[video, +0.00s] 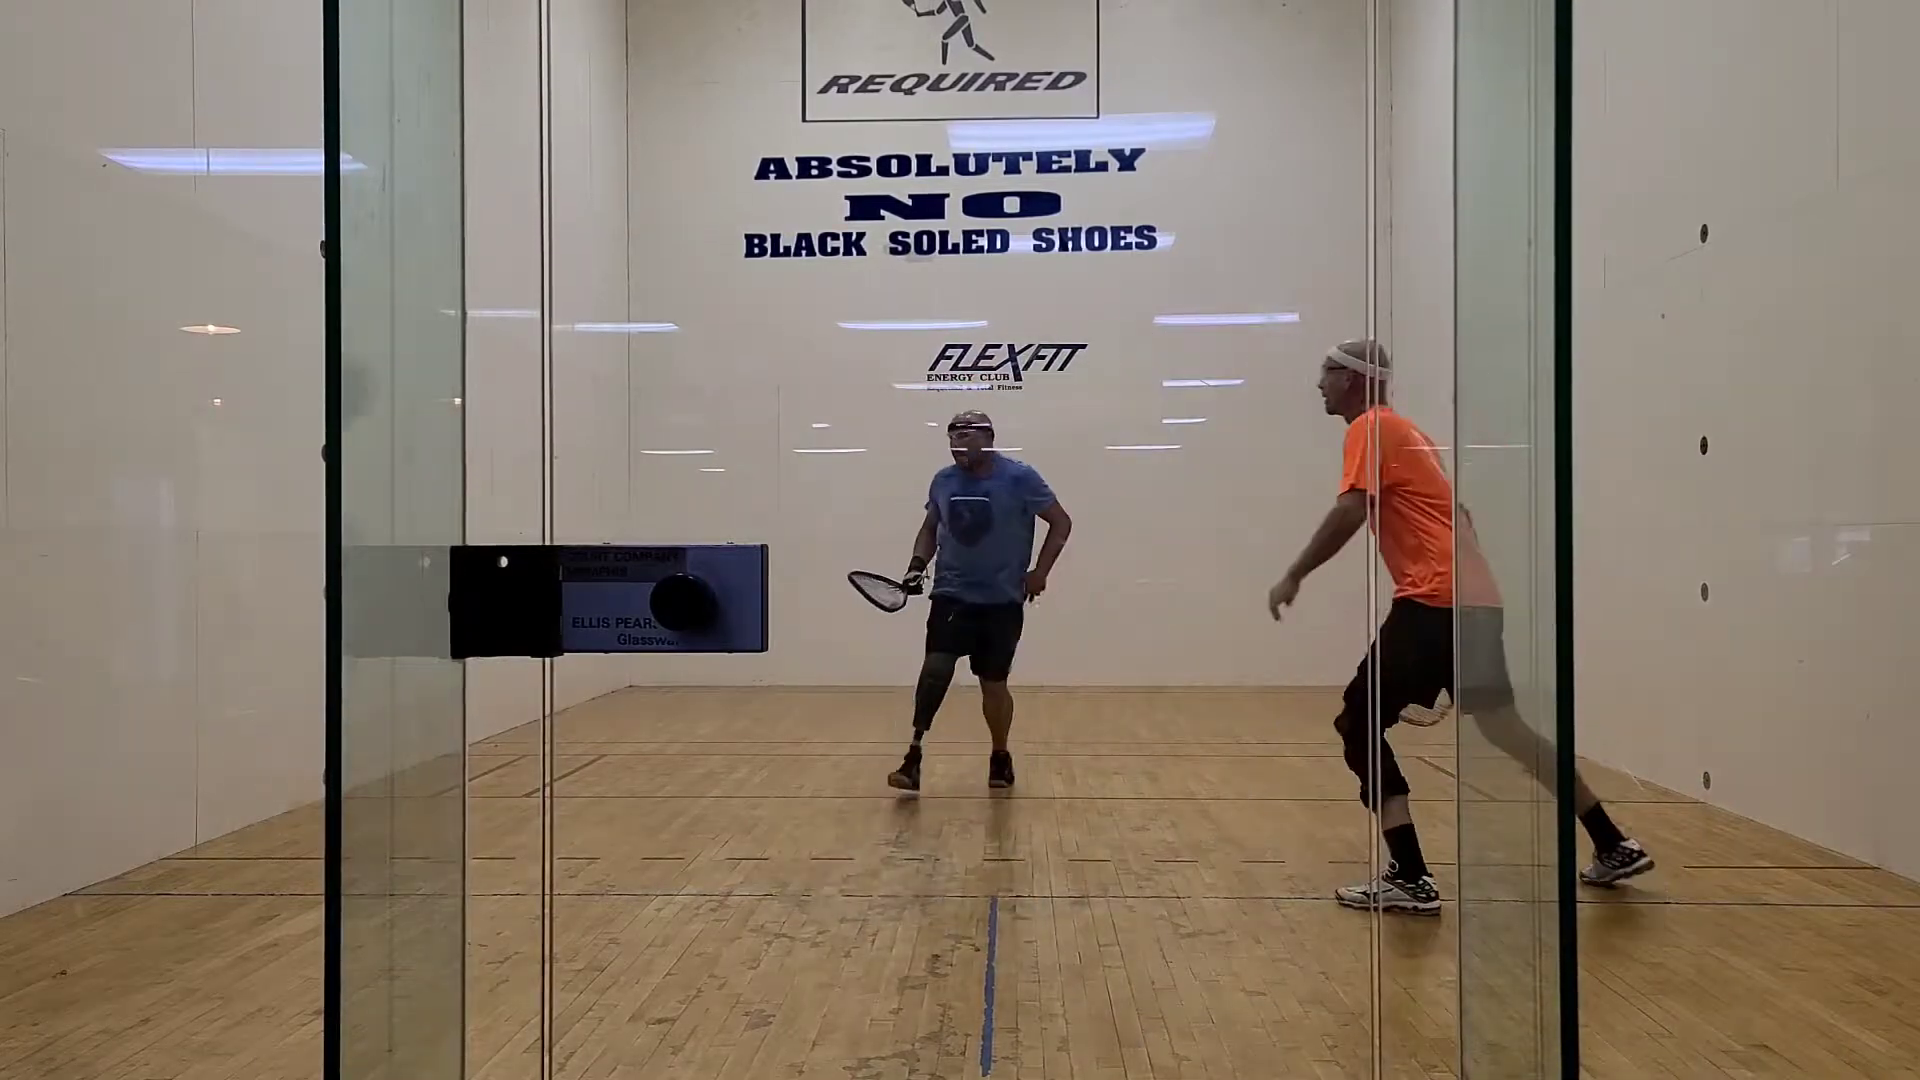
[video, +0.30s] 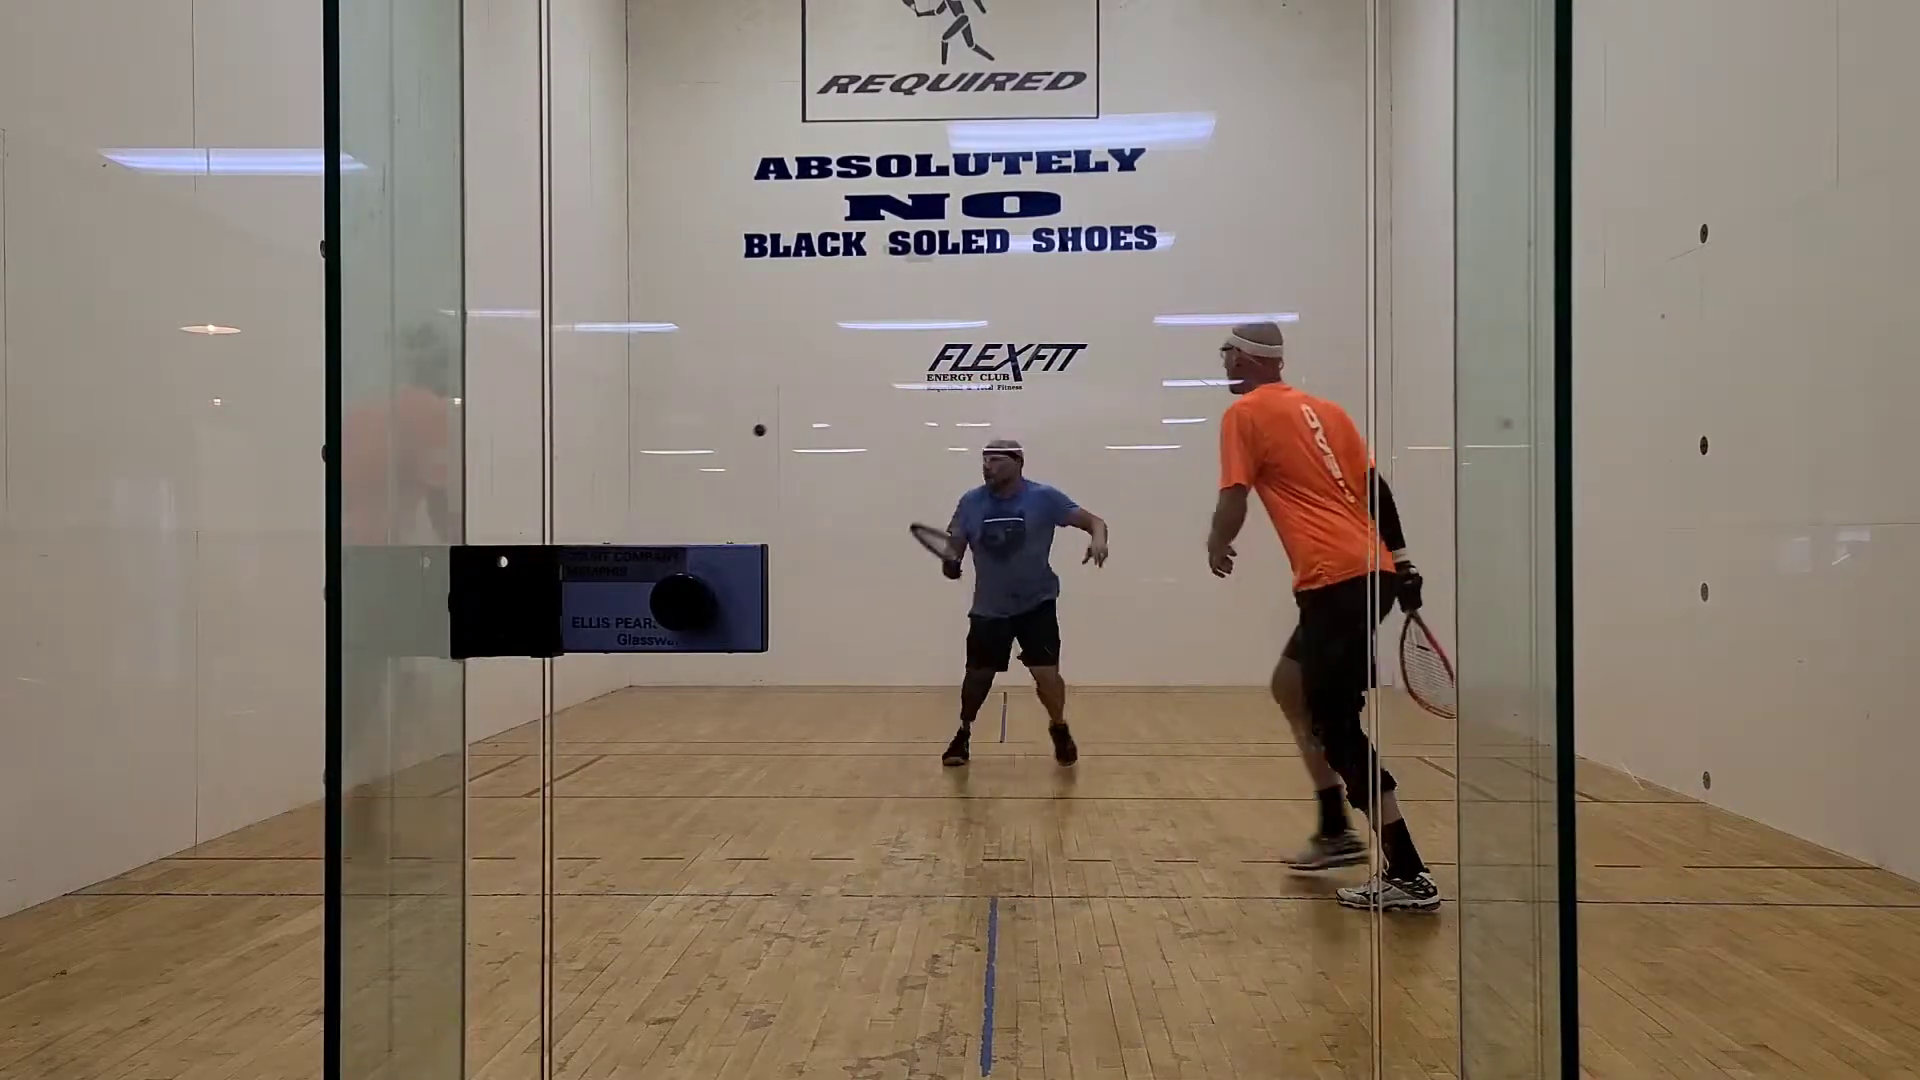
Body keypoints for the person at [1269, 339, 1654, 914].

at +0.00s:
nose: (1320, 387)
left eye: (1328, 377)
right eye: (1322, 377)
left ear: (1358, 380)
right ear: (1373, 383)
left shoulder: (1368, 427)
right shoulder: (1410, 432)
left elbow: (1351, 510)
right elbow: (1459, 515)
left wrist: (1294, 574)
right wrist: (1464, 587)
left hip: (1430, 605)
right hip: (1478, 605)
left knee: (1358, 721)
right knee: (1505, 727)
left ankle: (1409, 875)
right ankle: (1613, 844)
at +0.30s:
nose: (1223, 368)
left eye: (1227, 358)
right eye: (1225, 358)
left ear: (1244, 361)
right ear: (1277, 361)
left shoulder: (1243, 414)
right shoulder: (1328, 411)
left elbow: (1232, 506)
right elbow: (1375, 490)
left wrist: (1216, 546)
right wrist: (1399, 564)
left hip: (1331, 582)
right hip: (1369, 574)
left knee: (1338, 732)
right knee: (1290, 685)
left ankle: (1408, 874)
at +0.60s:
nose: (1133, 391)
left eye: (1137, 383)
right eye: (1136, 382)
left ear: (1150, 384)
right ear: (1180, 388)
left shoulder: (1140, 422)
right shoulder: (1212, 440)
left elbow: (1124, 502)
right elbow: (1256, 519)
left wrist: (1116, 580)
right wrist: (1277, 597)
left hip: (1201, 596)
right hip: (1230, 594)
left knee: (1210, 742)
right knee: (1138, 698)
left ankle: (1340, 833)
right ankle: (1130, 840)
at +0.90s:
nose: (1062, 383)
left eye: (1063, 376)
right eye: (1068, 376)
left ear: (1066, 375)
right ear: (1110, 378)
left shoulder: (1061, 408)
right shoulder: (1145, 434)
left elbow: (1040, 474)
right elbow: (1176, 518)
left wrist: (1017, 556)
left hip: (1100, 579)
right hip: (1159, 584)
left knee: (1035, 700)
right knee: (1109, 695)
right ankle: (1124, 838)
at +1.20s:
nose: (981, 404)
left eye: (982, 396)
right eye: (984, 395)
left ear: (988, 396)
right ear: (1029, 398)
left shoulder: (984, 434)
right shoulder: (1071, 453)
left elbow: (968, 504)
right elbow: (1103, 538)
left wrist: (940, 586)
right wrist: (1072, 594)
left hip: (1019, 599)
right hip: (1081, 606)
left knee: (936, 712)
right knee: (1062, 707)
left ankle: (926, 863)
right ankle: (1114, 839)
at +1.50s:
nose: (852, 422)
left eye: (855, 411)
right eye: (852, 412)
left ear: (880, 407)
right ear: (900, 407)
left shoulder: (904, 438)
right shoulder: (945, 441)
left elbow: (922, 523)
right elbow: (1010, 510)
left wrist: (876, 592)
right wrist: (952, 581)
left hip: (1002, 595)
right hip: (1021, 594)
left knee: (906, 704)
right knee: (910, 703)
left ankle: (918, 864)